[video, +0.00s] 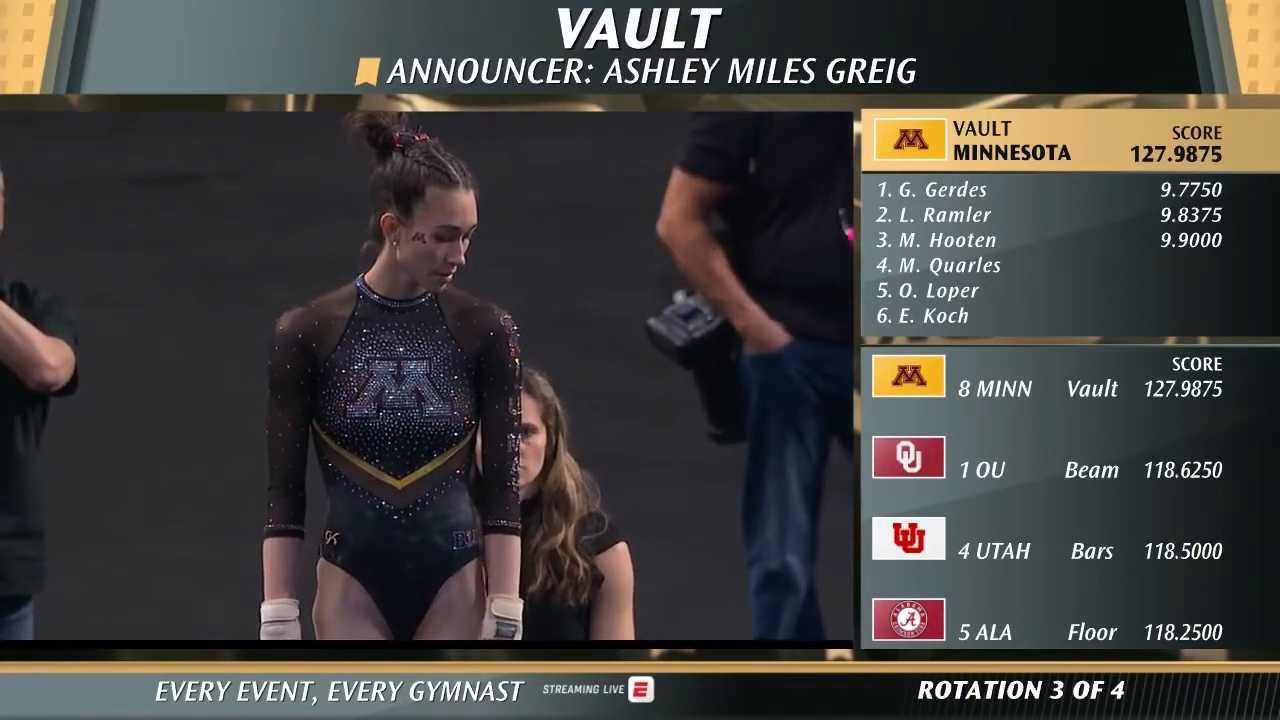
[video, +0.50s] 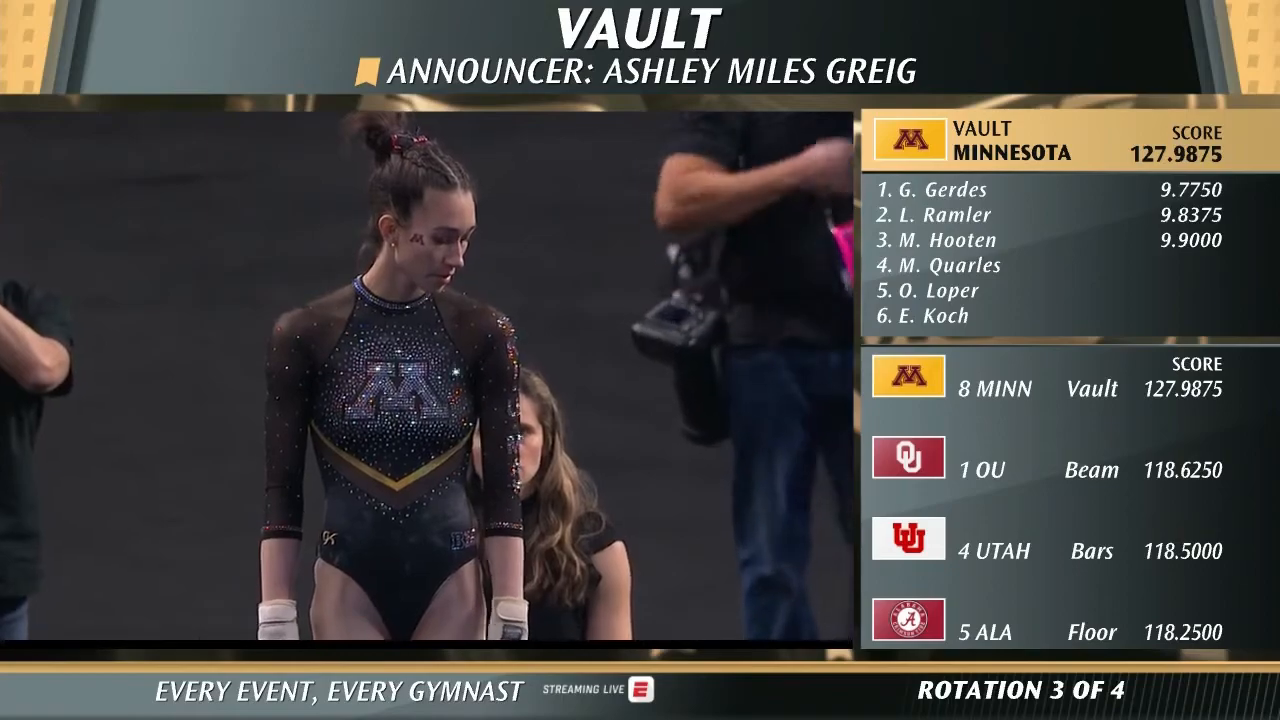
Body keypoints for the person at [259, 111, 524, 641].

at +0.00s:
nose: (461, 254)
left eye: (468, 236)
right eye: (445, 237)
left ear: (473, 225)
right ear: (391, 226)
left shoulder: (484, 330)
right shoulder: (306, 331)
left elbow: (501, 482)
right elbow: (285, 485)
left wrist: (506, 619)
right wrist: (278, 621)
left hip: (457, 573)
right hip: (348, 572)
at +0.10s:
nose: (459, 253)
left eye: (466, 235)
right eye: (443, 237)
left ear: (471, 225)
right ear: (389, 226)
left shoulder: (481, 330)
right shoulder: (304, 332)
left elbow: (501, 484)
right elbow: (282, 486)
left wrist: (509, 622)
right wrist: (272, 624)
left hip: (454, 574)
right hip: (345, 572)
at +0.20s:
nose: (462, 255)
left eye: (469, 237)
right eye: (446, 238)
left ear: (475, 226)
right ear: (392, 227)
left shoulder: (484, 331)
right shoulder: (306, 333)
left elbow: (505, 484)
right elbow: (283, 487)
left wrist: (517, 622)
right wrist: (272, 624)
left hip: (456, 574)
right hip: (348, 573)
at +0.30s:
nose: (460, 254)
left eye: (467, 237)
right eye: (445, 238)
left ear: (473, 225)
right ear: (390, 226)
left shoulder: (483, 331)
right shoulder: (305, 332)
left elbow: (504, 483)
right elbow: (282, 483)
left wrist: (517, 618)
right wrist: (271, 621)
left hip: (454, 573)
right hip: (345, 572)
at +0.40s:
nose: (460, 256)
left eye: (467, 239)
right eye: (444, 240)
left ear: (473, 228)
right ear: (391, 228)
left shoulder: (483, 333)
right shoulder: (306, 334)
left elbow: (504, 484)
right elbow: (283, 487)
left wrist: (516, 619)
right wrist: (274, 624)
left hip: (454, 576)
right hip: (346, 574)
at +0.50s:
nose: (458, 256)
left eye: (465, 239)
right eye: (443, 240)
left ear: (472, 227)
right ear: (389, 228)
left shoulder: (482, 332)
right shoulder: (305, 334)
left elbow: (501, 482)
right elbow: (282, 485)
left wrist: (511, 619)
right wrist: (275, 621)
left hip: (452, 574)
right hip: (345, 574)